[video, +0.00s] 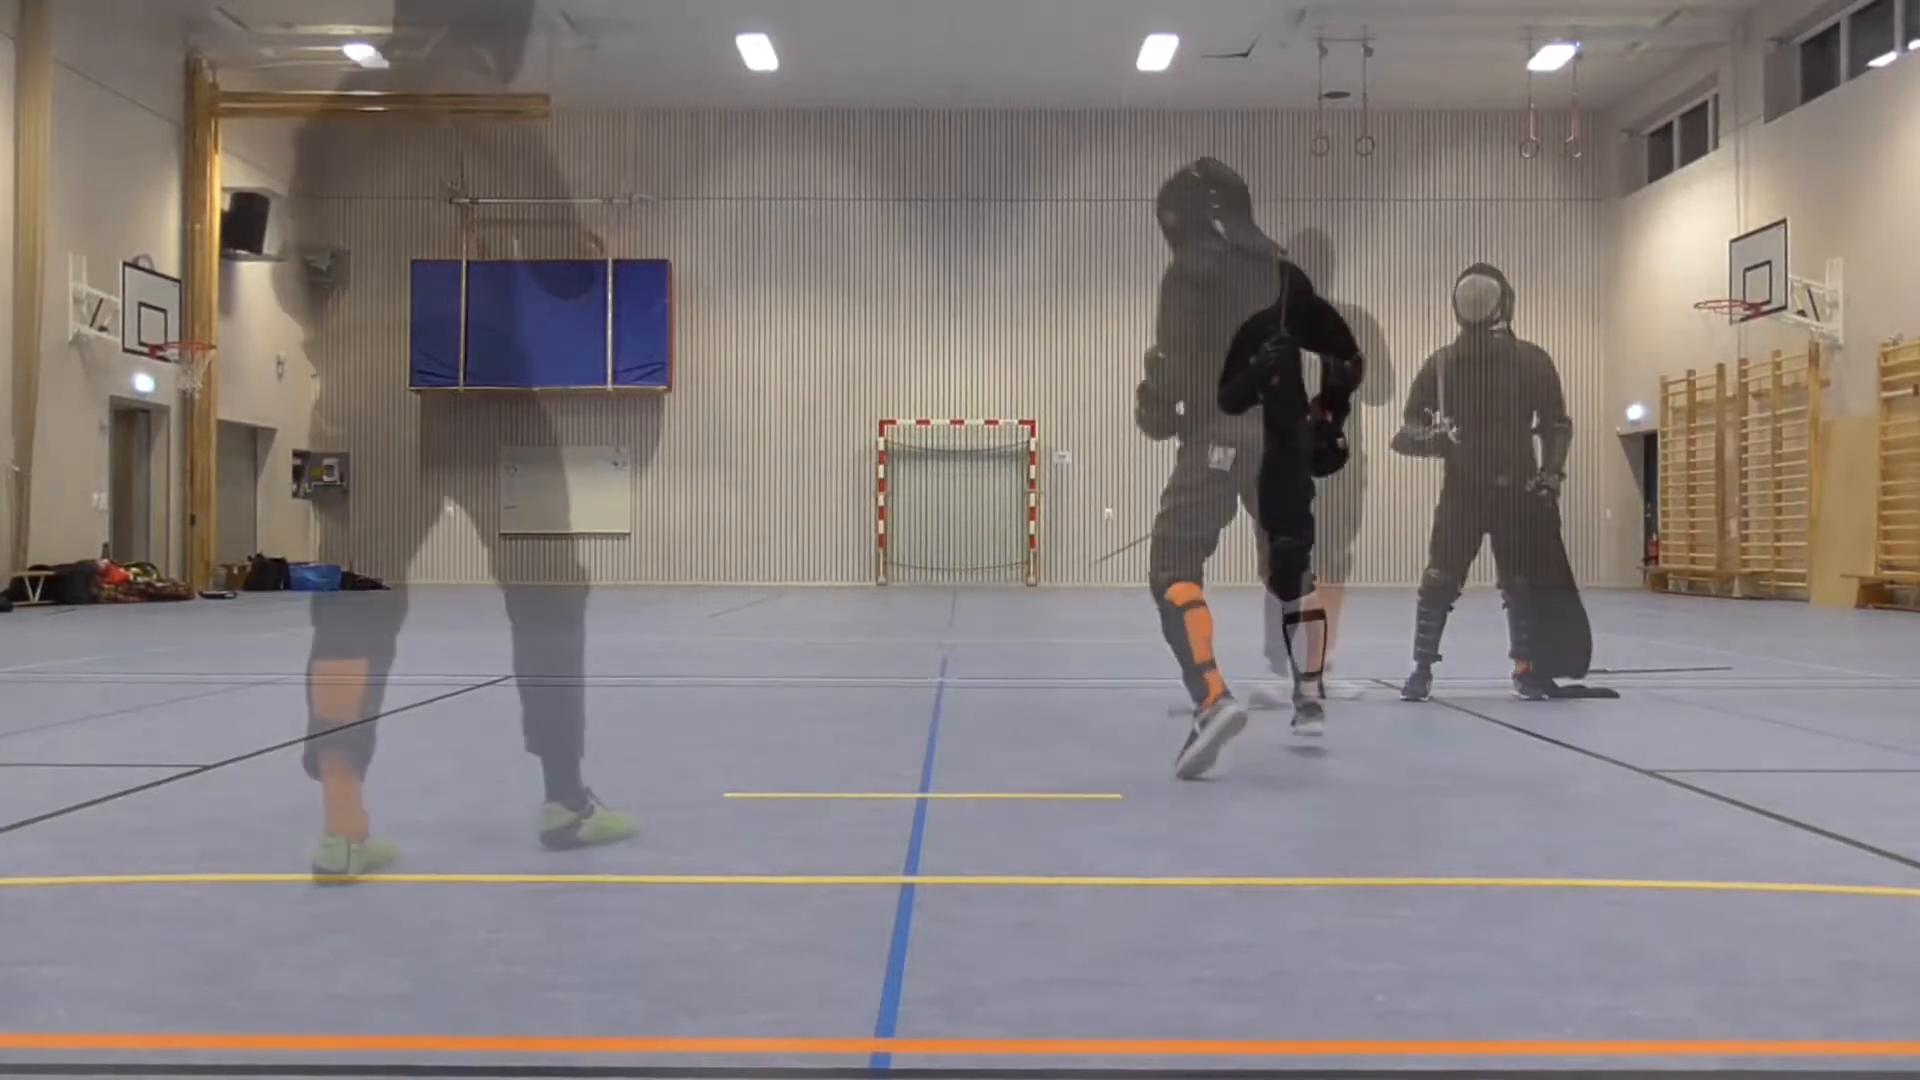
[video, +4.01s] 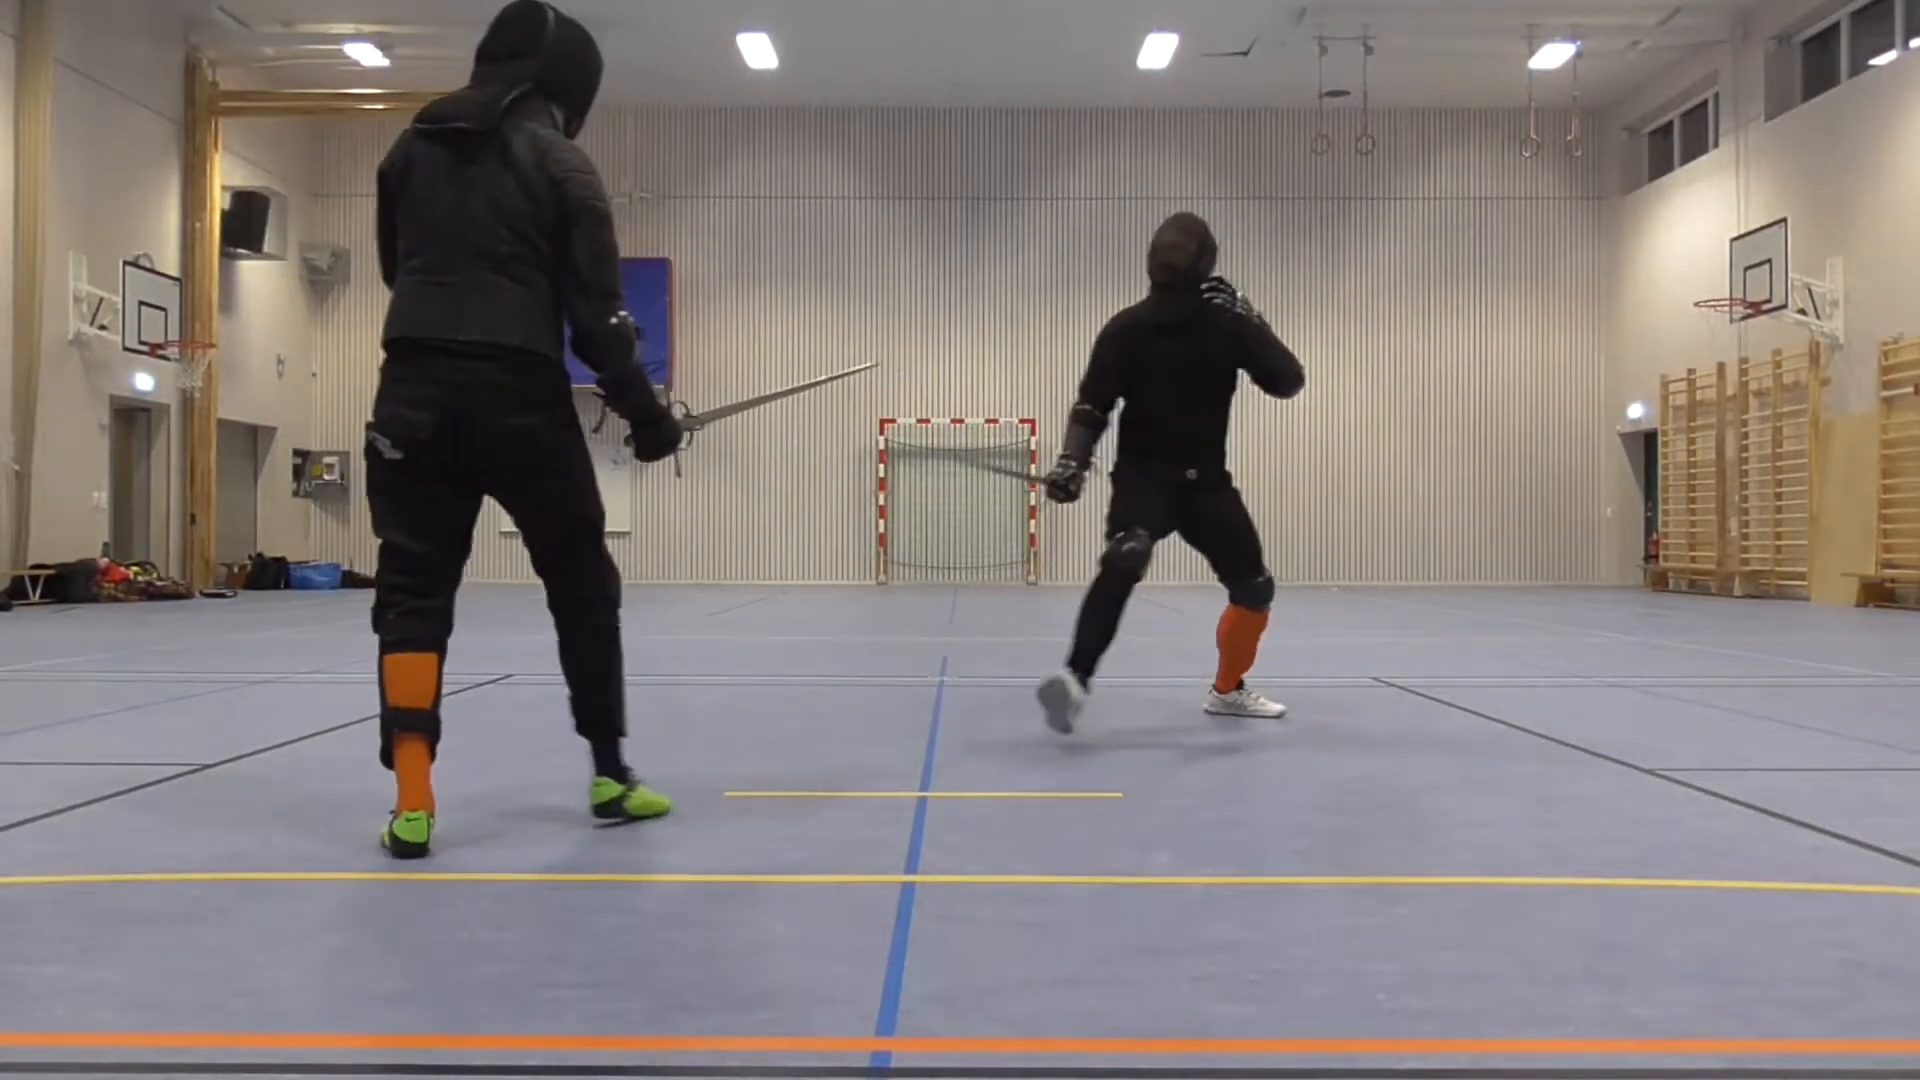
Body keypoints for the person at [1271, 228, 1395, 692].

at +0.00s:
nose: (1309, 272)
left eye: (1317, 260)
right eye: (1301, 260)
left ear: (1330, 265)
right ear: (1285, 266)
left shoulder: (1352, 321)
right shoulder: (1272, 320)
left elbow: (1382, 388)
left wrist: (1345, 370)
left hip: (1336, 456)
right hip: (1279, 454)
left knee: (1331, 556)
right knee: (1280, 552)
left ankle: (1321, 659)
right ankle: (1281, 653)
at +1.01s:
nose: (1277, 341)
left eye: (1278, 331)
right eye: (1276, 331)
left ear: (1283, 328)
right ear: (1318, 320)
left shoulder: (1357, 358)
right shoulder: (1262, 375)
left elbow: (1414, 413)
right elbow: (1227, 439)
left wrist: (1477, 453)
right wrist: (1188, 488)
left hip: (1358, 483)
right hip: (1300, 486)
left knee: (1366, 572)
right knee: (1299, 569)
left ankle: (1319, 671)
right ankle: (1286, 675)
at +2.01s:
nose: (1312, 292)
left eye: (1315, 281)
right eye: (1309, 282)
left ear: (1294, 284)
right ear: (1334, 282)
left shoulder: (1364, 331)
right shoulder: (1275, 341)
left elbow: (1422, 354)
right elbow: (1217, 383)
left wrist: (1451, 349)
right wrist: (1187, 380)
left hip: (1361, 476)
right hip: (1305, 478)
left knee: (1359, 573)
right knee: (1303, 564)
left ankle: (1319, 672)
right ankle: (1286, 674)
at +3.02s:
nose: (1251, 293)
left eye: (1262, 283)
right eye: (1243, 283)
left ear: (1282, 285)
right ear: (1230, 286)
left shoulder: (1300, 337)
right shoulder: (1206, 347)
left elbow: (1362, 381)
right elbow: (1181, 420)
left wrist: (1312, 326)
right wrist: (1164, 473)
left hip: (1283, 479)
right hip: (1226, 482)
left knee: (1348, 573)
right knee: (1235, 565)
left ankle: (1292, 662)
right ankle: (1225, 691)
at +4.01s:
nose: (1164, 262)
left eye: (1176, 253)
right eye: (1161, 252)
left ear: (1204, 264)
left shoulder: (1227, 325)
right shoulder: (1126, 330)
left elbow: (1287, 380)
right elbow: (1092, 404)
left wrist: (1245, 320)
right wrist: (1072, 460)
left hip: (1206, 482)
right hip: (1142, 480)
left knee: (1254, 590)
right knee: (1123, 561)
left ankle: (1228, 690)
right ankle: (1075, 680)